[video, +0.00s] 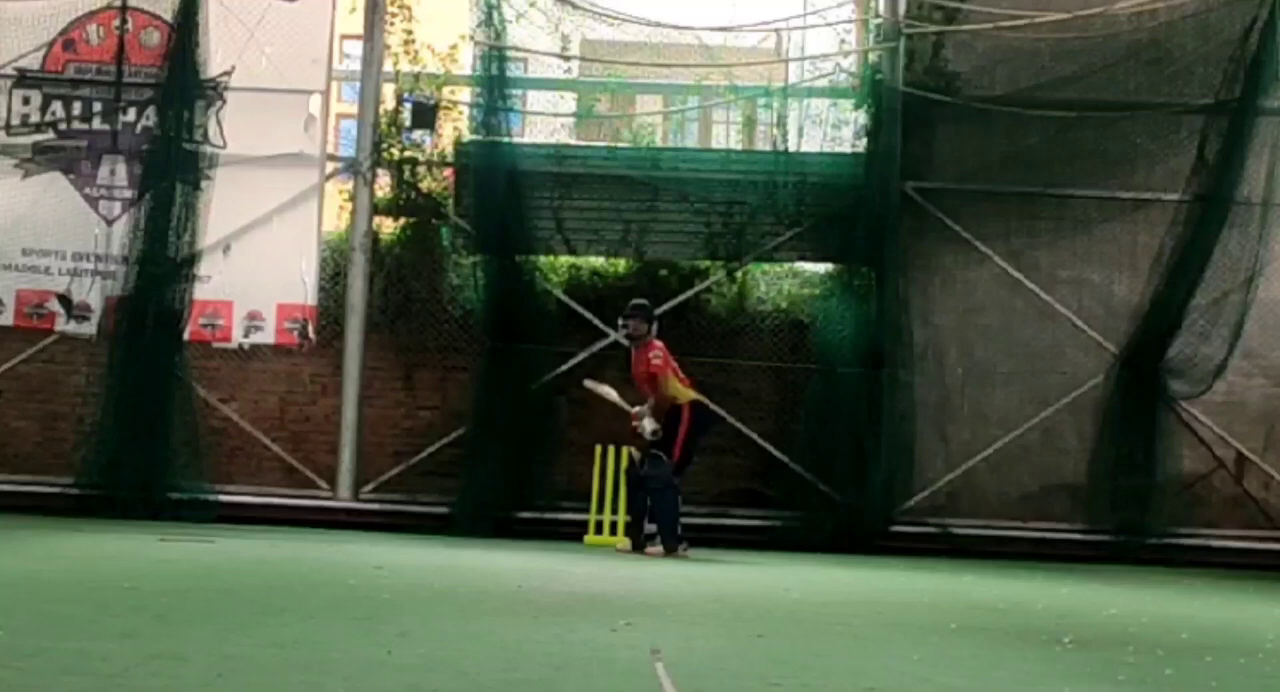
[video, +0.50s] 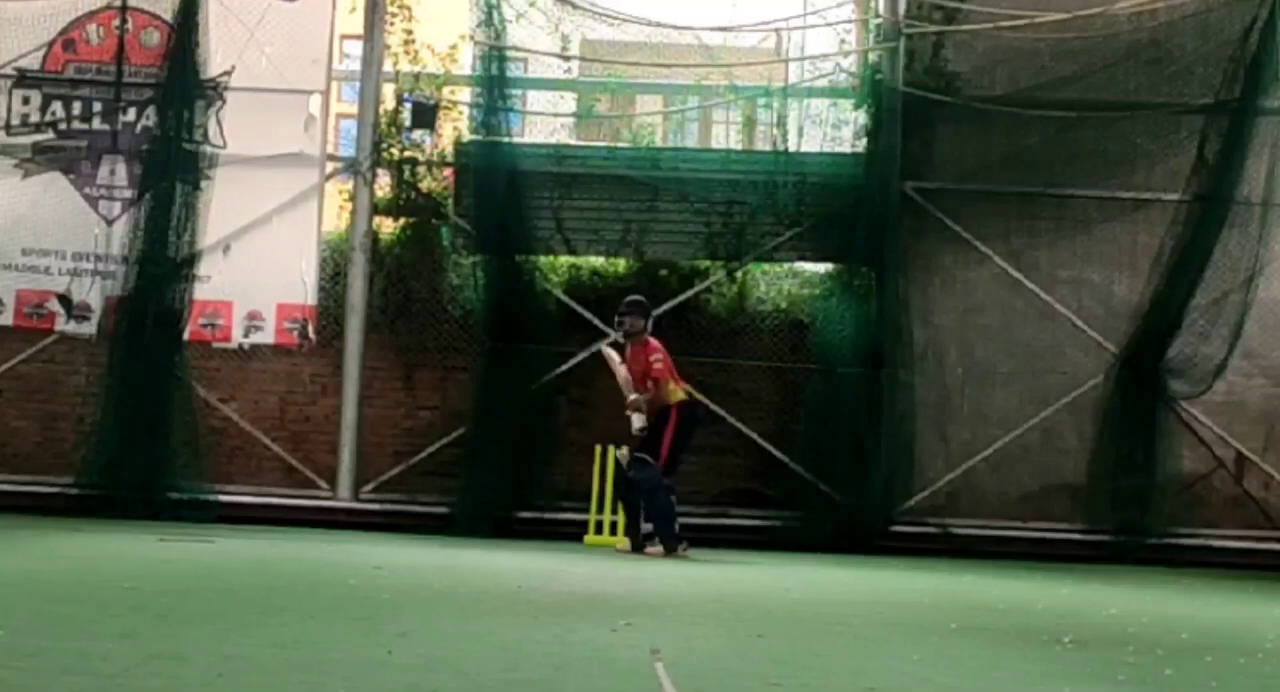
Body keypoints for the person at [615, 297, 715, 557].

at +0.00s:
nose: (633, 326)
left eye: (640, 322)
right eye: (630, 321)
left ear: (650, 325)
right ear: (625, 324)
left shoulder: (654, 352)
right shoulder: (638, 351)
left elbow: (665, 390)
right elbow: (655, 390)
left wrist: (651, 416)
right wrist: (644, 409)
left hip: (686, 405)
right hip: (668, 406)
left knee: (667, 468)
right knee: (653, 465)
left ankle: (671, 539)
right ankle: (648, 534)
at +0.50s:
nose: (629, 323)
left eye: (636, 318)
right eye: (625, 318)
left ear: (646, 322)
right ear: (620, 322)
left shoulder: (653, 350)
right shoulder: (631, 350)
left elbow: (659, 387)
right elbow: (631, 380)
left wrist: (641, 399)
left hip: (676, 404)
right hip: (657, 406)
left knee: (657, 470)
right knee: (640, 466)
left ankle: (670, 540)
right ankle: (645, 536)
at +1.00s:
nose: (599, 348)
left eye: (604, 343)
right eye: (594, 343)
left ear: (614, 342)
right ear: (588, 342)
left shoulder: (626, 366)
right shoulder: (594, 354)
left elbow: (626, 412)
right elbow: (566, 313)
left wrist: (610, 410)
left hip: (654, 405)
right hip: (633, 404)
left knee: (629, 464)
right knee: (616, 461)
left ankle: (621, 535)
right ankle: (611, 532)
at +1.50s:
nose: (601, 328)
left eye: (599, 324)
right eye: (596, 326)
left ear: (599, 323)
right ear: (586, 331)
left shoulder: (621, 330)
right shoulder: (587, 351)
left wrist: (607, 318)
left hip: (636, 394)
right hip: (612, 395)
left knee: (630, 459)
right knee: (607, 457)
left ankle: (620, 528)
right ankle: (608, 527)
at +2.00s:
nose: (595, 357)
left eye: (600, 351)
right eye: (590, 352)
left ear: (610, 340)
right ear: (582, 345)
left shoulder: (629, 354)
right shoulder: (577, 361)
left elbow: (648, 388)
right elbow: (576, 398)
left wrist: (628, 402)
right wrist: (584, 395)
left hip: (621, 421)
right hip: (592, 419)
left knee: (610, 474)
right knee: (589, 476)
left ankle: (595, 533)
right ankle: (601, 529)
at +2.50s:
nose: (604, 312)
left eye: (610, 306)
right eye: (599, 306)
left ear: (620, 309)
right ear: (592, 308)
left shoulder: (632, 345)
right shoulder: (579, 340)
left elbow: (634, 385)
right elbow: (569, 378)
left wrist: (631, 420)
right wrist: (560, 414)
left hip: (614, 407)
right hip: (583, 405)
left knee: (603, 467)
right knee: (574, 465)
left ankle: (593, 534)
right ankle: (583, 528)